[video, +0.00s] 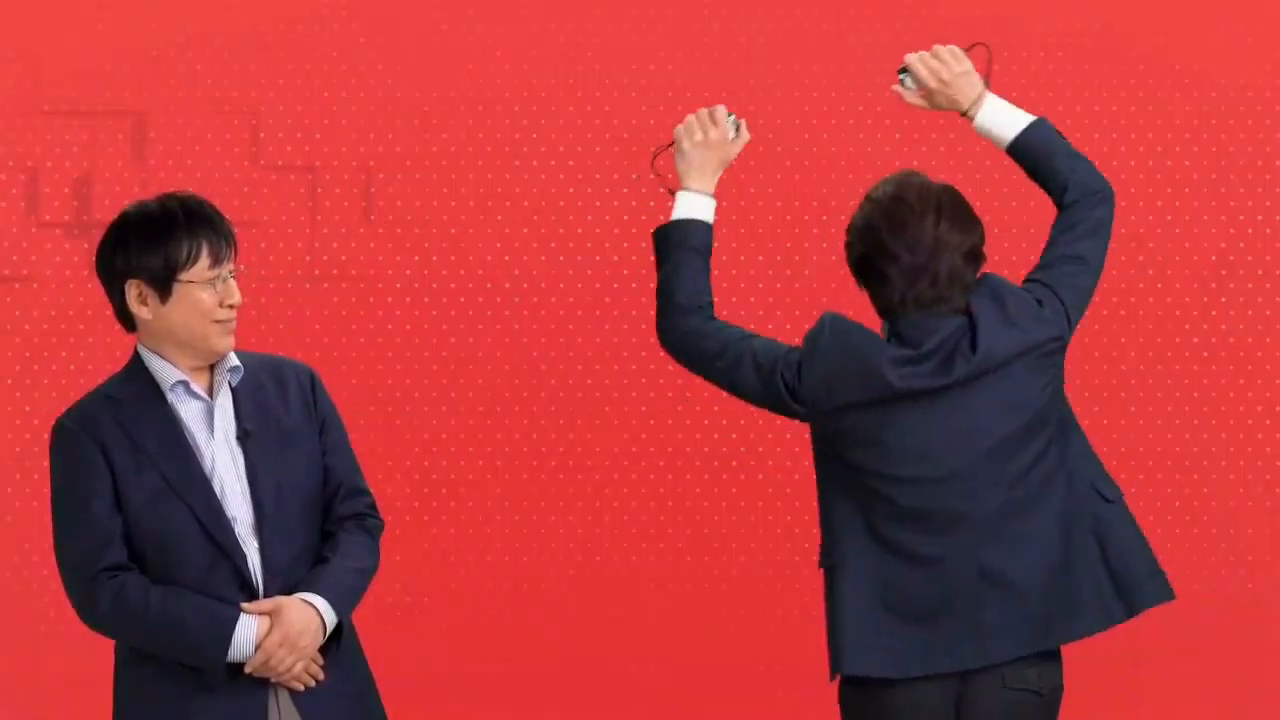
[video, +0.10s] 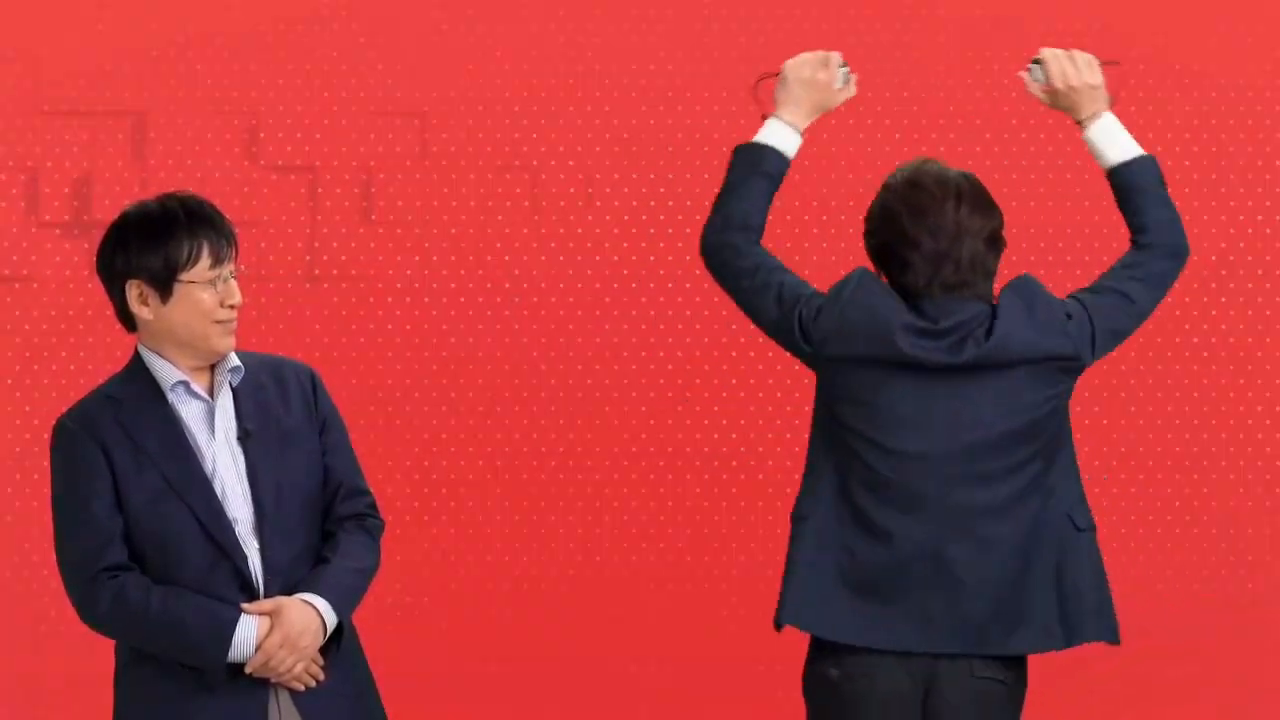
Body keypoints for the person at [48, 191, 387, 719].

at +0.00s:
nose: (233, 298)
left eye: (232, 278)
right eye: (210, 282)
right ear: (143, 300)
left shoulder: (296, 388)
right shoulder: (89, 433)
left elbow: (357, 522)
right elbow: (101, 591)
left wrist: (317, 611)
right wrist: (248, 638)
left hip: (330, 699)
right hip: (190, 707)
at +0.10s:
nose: (234, 298)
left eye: (232, 278)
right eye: (211, 283)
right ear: (144, 300)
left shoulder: (296, 388)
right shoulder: (89, 433)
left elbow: (358, 523)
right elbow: (101, 591)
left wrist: (317, 612)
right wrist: (249, 638)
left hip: (330, 700)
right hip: (189, 707)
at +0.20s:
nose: (234, 298)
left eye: (233, 278)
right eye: (211, 283)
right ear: (144, 301)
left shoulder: (297, 388)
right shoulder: (90, 433)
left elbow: (359, 522)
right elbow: (102, 591)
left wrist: (318, 611)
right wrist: (249, 638)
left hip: (331, 699)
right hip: (190, 707)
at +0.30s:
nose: (235, 298)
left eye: (234, 278)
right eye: (212, 283)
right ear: (145, 301)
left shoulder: (298, 388)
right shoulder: (90, 433)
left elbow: (359, 523)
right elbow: (103, 592)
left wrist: (318, 612)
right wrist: (250, 638)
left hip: (332, 699)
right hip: (191, 707)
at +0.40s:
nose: (236, 298)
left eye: (234, 278)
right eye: (213, 282)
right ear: (146, 300)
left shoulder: (300, 389)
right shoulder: (91, 433)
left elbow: (360, 523)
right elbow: (103, 590)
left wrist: (318, 611)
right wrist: (251, 638)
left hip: (332, 699)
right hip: (191, 707)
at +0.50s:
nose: (238, 298)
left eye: (236, 278)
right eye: (213, 282)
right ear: (147, 300)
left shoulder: (300, 389)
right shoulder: (92, 433)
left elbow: (361, 523)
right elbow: (104, 590)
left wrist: (319, 611)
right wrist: (251, 638)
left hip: (333, 700)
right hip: (192, 708)